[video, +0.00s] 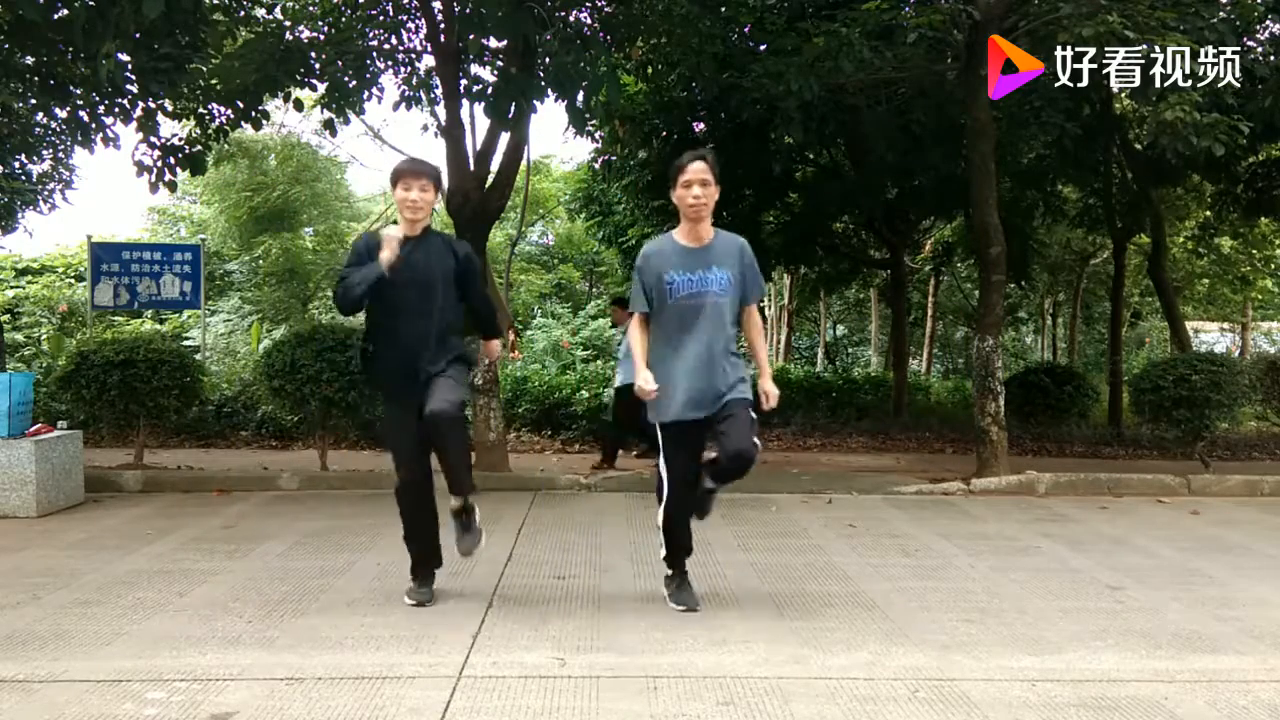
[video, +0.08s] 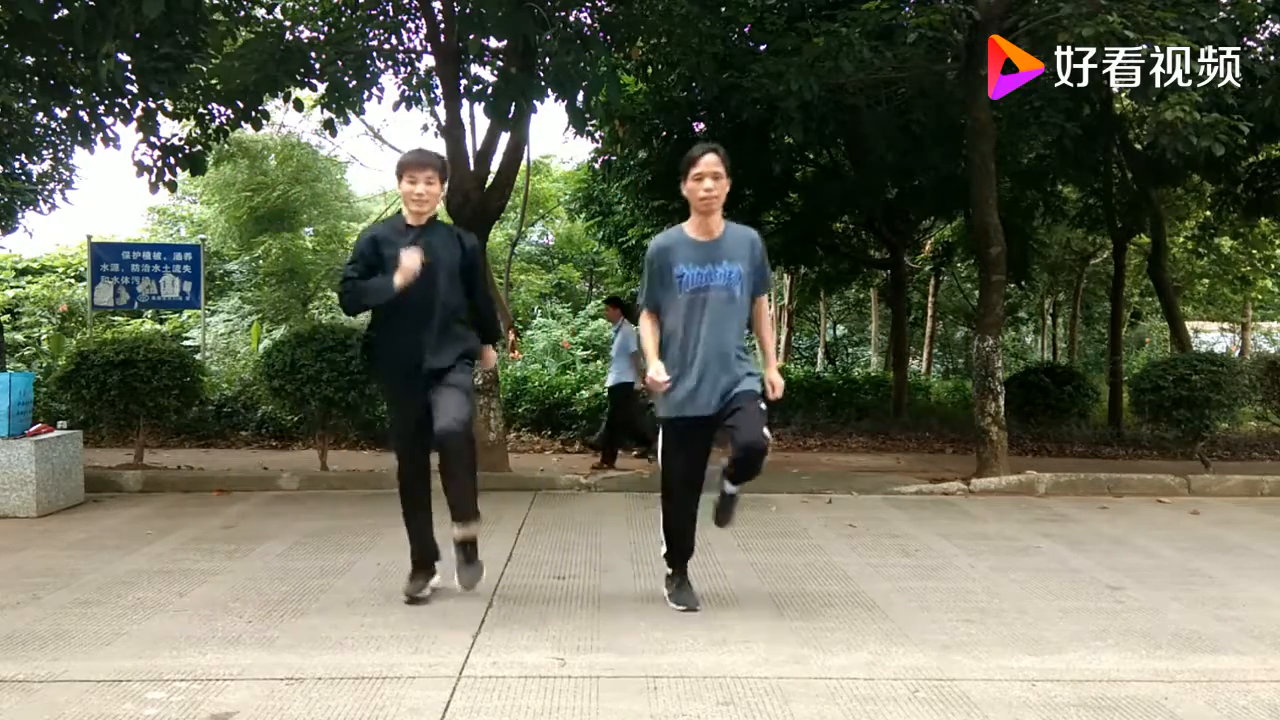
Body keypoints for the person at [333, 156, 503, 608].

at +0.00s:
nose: (414, 197)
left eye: (423, 189)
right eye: (405, 188)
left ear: (436, 197)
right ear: (393, 195)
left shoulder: (456, 252)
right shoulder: (369, 246)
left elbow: (480, 302)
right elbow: (344, 301)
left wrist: (492, 335)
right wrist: (380, 264)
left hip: (447, 363)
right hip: (396, 371)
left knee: (441, 414)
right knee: (409, 477)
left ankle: (462, 503)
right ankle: (422, 570)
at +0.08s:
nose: (420, 190)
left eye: (429, 182)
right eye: (412, 181)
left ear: (442, 189)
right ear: (398, 186)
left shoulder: (463, 244)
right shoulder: (376, 239)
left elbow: (480, 298)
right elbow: (349, 298)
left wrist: (488, 340)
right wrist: (394, 280)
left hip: (452, 362)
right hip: (401, 367)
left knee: (451, 429)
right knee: (411, 464)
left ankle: (466, 535)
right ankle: (422, 563)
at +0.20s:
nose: (434, 211)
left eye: (443, 204)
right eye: (426, 203)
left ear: (455, 210)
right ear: (412, 209)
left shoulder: (474, 262)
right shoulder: (391, 257)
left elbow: (493, 321)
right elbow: (356, 314)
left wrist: (501, 374)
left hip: (464, 387)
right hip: (411, 388)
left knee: (470, 480)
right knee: (411, 481)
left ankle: (465, 585)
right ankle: (415, 554)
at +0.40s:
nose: (455, 185)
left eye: (463, 177)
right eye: (446, 177)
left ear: (478, 184)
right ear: (434, 183)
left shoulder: (499, 241)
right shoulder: (409, 237)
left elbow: (531, 298)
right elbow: (365, 286)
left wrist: (563, 348)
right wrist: (323, 338)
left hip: (478, 377)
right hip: (422, 374)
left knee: (472, 487)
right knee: (396, 470)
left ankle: (468, 594)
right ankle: (403, 541)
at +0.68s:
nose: (474, 190)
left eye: (483, 182)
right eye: (465, 182)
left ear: (497, 190)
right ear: (453, 189)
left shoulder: (519, 247)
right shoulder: (434, 247)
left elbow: (545, 308)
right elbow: (400, 306)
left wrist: (598, 314)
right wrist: (339, 308)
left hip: (499, 373)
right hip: (445, 370)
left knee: (483, 476)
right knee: (422, 444)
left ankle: (468, 575)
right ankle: (443, 547)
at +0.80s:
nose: (481, 187)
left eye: (490, 179)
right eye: (472, 179)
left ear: (505, 186)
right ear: (461, 184)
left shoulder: (528, 243)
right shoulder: (440, 243)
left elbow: (558, 303)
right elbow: (407, 303)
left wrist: (613, 302)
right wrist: (347, 304)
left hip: (518, 374)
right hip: (460, 377)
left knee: (519, 475)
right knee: (467, 474)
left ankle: (497, 570)